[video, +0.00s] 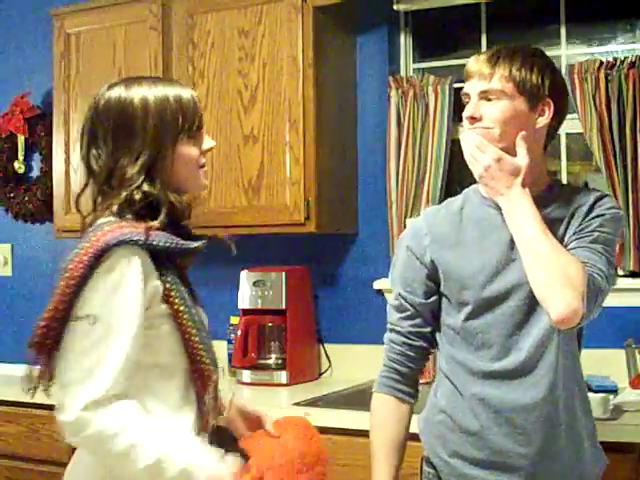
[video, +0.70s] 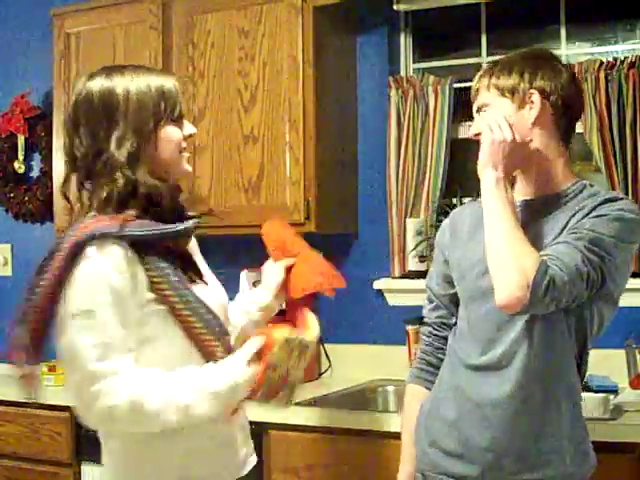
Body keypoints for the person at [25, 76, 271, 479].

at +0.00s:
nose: (208, 145)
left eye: (201, 132)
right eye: (191, 134)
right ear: (147, 148)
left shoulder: (151, 251)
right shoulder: (126, 259)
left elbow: (157, 376)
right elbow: (87, 410)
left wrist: (226, 409)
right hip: (120, 469)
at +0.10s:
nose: (214, 142)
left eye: (207, 129)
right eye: (198, 131)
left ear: (157, 147)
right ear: (154, 146)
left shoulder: (133, 240)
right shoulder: (152, 251)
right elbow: (181, 391)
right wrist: (327, 362)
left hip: (131, 467)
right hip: (150, 471)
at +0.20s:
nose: (220, 140)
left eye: (213, 127)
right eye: (204, 128)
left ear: (165, 143)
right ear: (162, 143)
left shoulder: (127, 234)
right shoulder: (185, 233)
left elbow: (152, 369)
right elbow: (292, 324)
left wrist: (241, 392)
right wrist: (402, 234)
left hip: (118, 466)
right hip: (175, 470)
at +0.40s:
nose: (227, 135)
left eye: (219, 123)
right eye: (211, 125)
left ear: (157, 140)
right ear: (174, 139)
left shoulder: (136, 232)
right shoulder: (190, 218)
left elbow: (157, 360)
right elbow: (309, 304)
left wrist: (247, 395)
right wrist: (358, 220)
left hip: (135, 464)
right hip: (191, 467)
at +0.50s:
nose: (220, 136)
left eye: (212, 124)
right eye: (204, 126)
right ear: (164, 139)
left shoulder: (130, 234)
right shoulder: (181, 230)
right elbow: (253, 351)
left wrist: (272, 369)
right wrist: (317, 276)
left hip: (144, 462)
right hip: (197, 466)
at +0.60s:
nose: (206, 133)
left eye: (198, 120)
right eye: (190, 122)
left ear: (151, 142)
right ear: (149, 140)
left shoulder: (156, 243)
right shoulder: (147, 250)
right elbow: (178, 386)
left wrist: (246, 324)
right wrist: (281, 335)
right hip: (180, 469)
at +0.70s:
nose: (191, 131)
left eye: (183, 118)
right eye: (173, 120)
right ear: (128, 136)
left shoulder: (174, 235)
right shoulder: (101, 259)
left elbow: (207, 343)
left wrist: (263, 298)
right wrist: (240, 375)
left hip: (229, 465)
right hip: (157, 474)